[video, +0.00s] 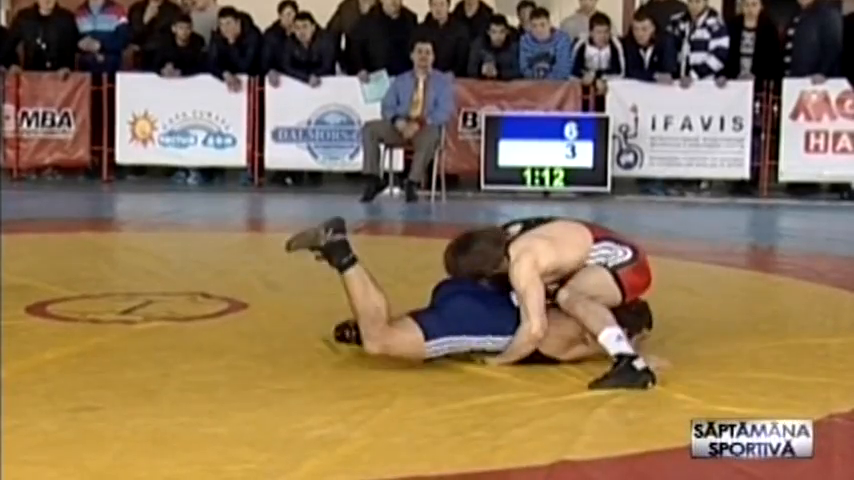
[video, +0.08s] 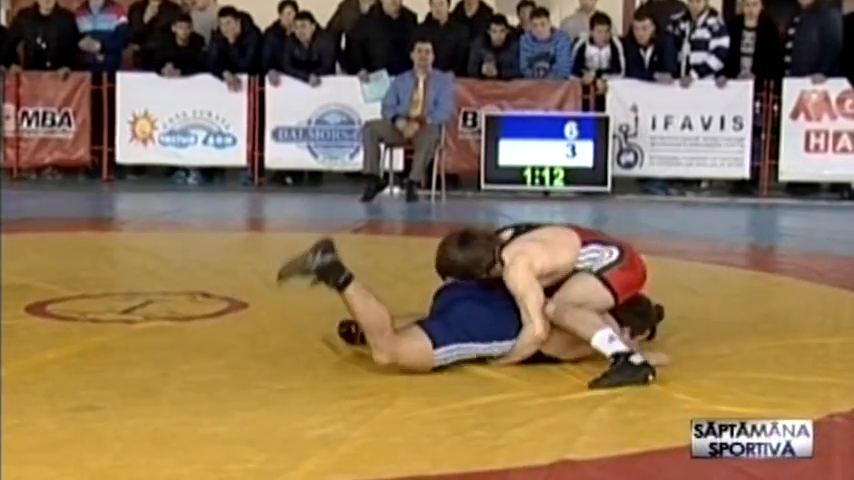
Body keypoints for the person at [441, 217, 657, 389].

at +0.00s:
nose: (473, 280)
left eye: (470, 275)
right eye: (468, 276)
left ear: (484, 270)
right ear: (487, 239)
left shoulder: (523, 263)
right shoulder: (509, 236)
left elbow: (535, 329)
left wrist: (501, 360)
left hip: (626, 263)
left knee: (573, 296)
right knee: (558, 295)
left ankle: (629, 361)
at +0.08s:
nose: (455, 282)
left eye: (455, 278)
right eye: (449, 278)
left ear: (476, 272)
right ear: (482, 238)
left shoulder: (517, 268)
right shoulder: (502, 239)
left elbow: (538, 332)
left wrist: (505, 361)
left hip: (619, 264)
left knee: (561, 309)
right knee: (561, 297)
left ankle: (627, 358)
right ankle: (636, 313)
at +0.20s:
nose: (448, 283)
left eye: (447, 277)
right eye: (445, 277)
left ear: (465, 273)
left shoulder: (514, 268)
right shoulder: (494, 250)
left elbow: (537, 337)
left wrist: (505, 362)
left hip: (606, 258)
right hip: (593, 252)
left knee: (568, 317)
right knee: (567, 304)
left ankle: (631, 362)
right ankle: (642, 309)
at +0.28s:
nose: (464, 293)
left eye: (466, 283)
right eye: (457, 287)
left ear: (484, 268)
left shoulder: (520, 263)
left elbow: (534, 339)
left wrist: (505, 360)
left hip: (589, 229)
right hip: (559, 250)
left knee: (601, 285)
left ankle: (641, 342)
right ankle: (634, 300)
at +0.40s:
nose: (483, 323)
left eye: (486, 316)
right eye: (473, 321)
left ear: (497, 294)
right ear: (465, 280)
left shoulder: (524, 283)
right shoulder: (474, 262)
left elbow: (534, 362)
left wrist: (503, 355)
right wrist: (479, 321)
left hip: (563, 221)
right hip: (532, 235)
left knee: (633, 278)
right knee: (581, 288)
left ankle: (709, 245)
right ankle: (640, 296)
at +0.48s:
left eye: (488, 324)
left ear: (499, 304)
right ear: (456, 291)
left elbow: (537, 364)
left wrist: (494, 354)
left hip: (562, 218)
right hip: (518, 219)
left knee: (650, 260)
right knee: (579, 279)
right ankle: (651, 297)